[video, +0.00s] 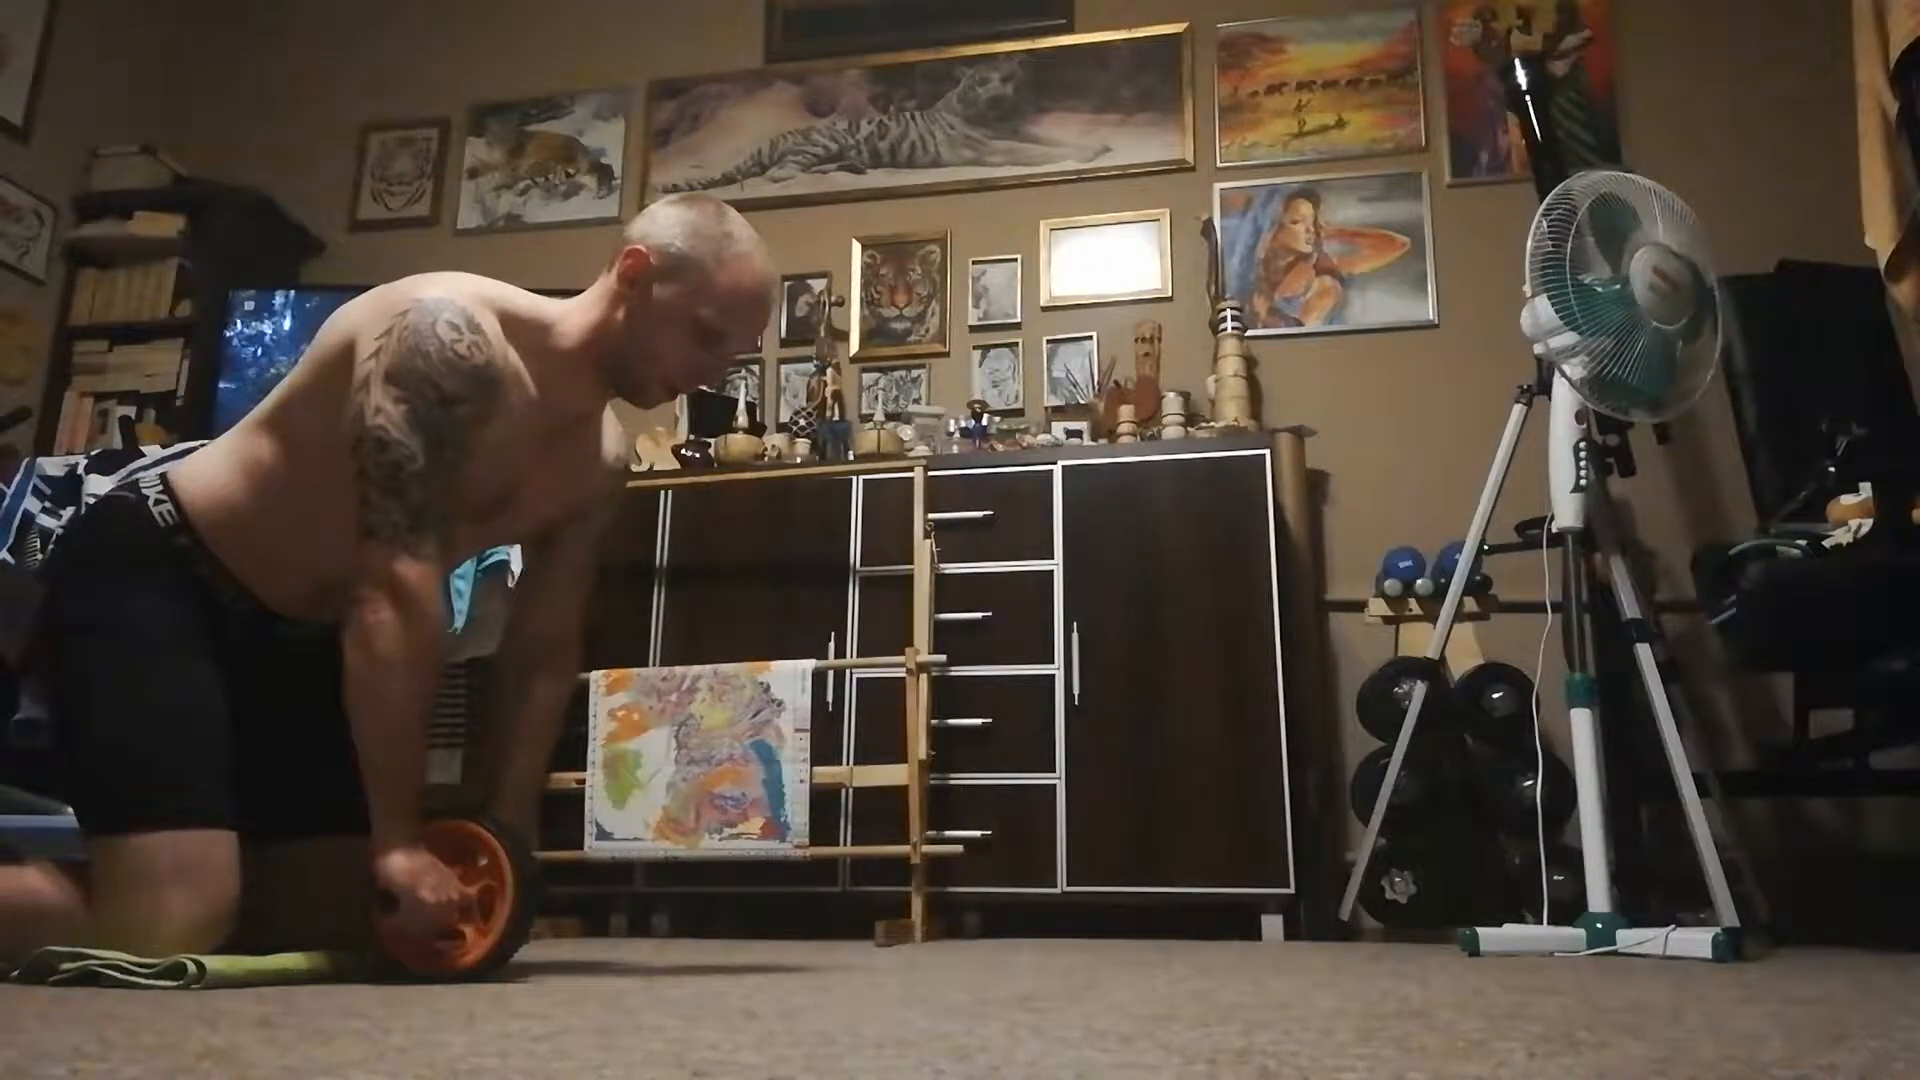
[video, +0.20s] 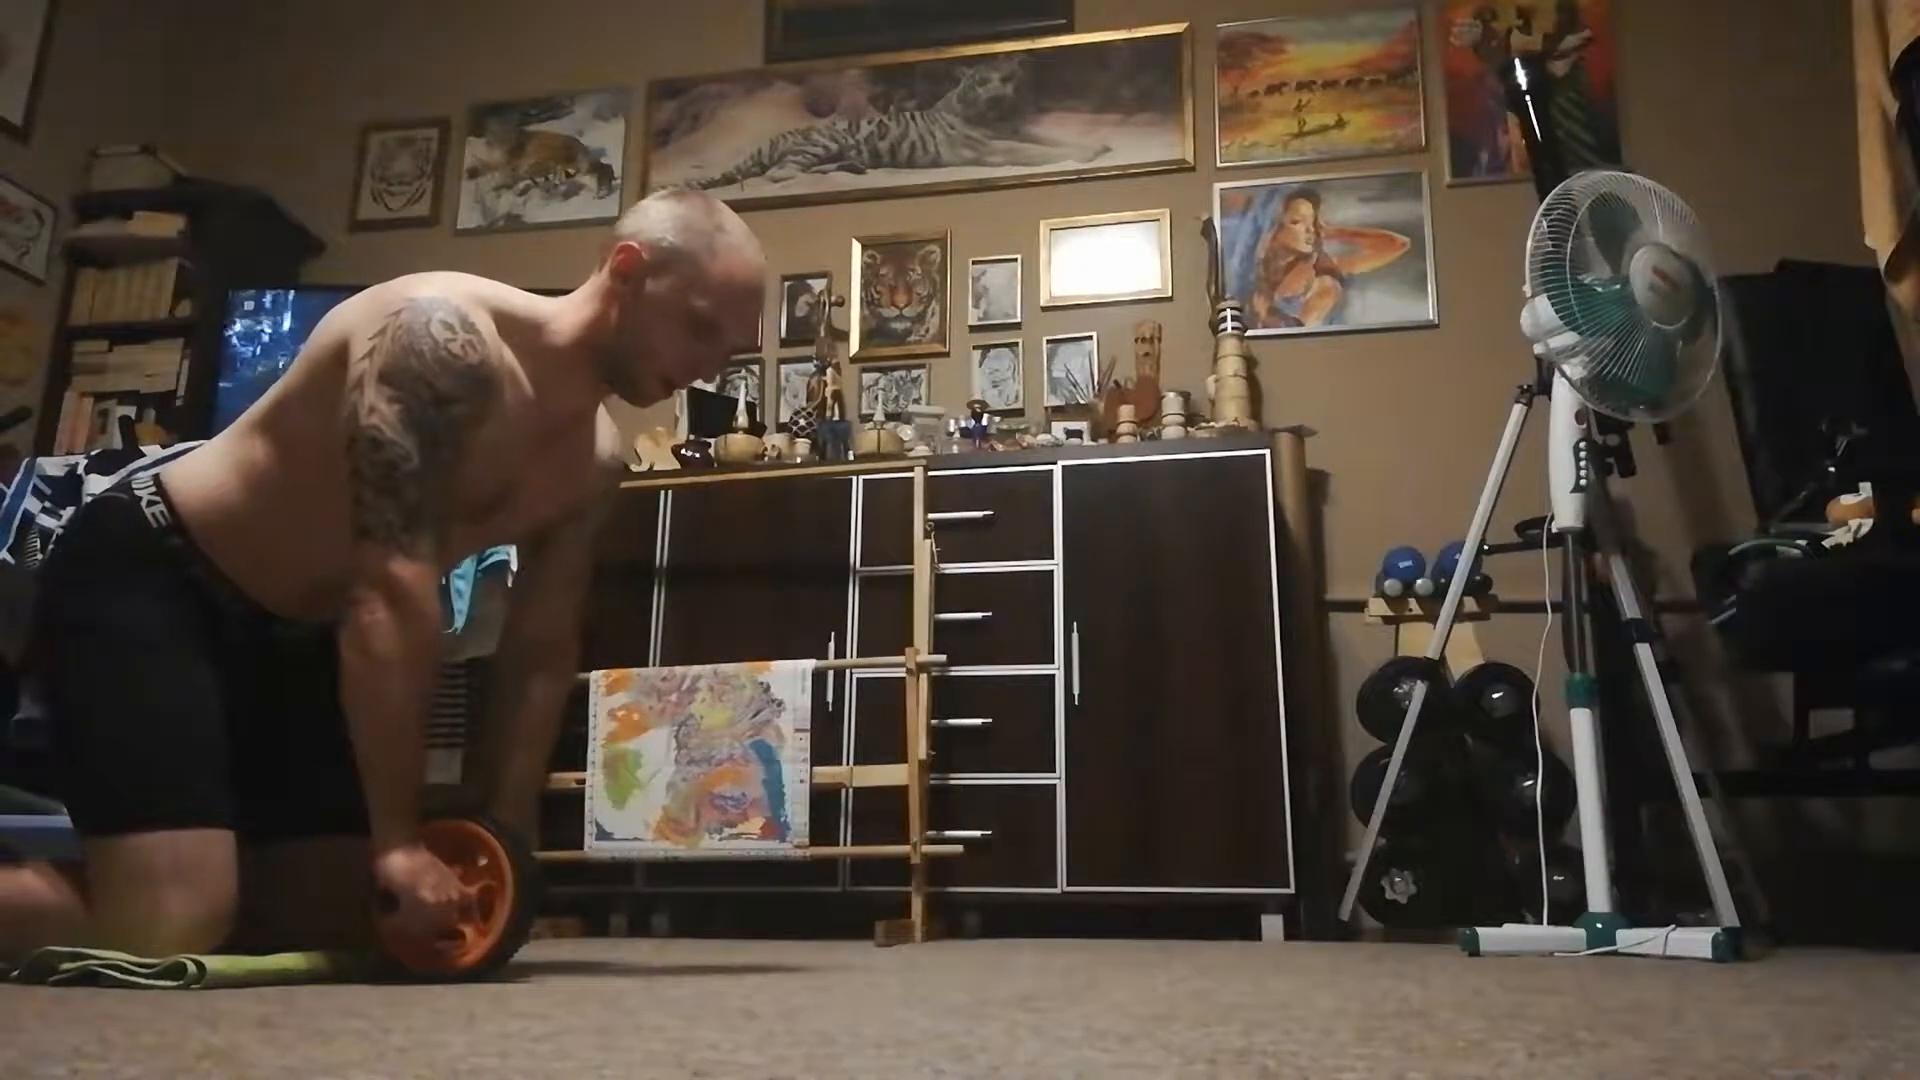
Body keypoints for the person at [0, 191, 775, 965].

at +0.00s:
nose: (718, 374)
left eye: (736, 353)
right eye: (711, 339)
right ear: (636, 279)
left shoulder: (589, 468)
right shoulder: (448, 339)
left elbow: (542, 656)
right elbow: (390, 604)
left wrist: (497, 858)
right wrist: (400, 845)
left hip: (294, 632)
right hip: (154, 569)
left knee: (354, 913)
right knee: (172, 922)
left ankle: (140, 894)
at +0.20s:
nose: (713, 368)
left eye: (733, 348)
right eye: (706, 331)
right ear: (628, 269)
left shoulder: (593, 455)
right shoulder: (440, 338)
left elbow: (538, 660)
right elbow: (385, 606)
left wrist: (495, 865)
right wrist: (400, 844)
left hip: (292, 631)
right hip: (148, 568)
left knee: (351, 914)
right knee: (171, 926)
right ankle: (11, 895)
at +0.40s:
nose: (707, 362)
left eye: (726, 344)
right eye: (699, 323)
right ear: (619, 261)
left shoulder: (593, 454)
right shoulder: (436, 335)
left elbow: (537, 663)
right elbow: (384, 604)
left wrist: (492, 862)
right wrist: (402, 846)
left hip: (291, 633)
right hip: (147, 575)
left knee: (347, 923)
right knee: (172, 934)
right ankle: (7, 836)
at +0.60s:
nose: (709, 343)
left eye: (724, 322)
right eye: (698, 305)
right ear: (615, 249)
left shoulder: (593, 452)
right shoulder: (436, 333)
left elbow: (538, 654)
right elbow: (391, 598)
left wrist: (501, 855)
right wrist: (403, 847)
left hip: (292, 639)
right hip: (146, 575)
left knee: (353, 922)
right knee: (178, 926)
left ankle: (105, 873)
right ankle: (10, 852)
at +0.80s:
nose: (713, 341)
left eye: (729, 319)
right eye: (701, 302)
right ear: (618, 247)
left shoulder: (601, 457)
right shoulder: (442, 333)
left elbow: (543, 659)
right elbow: (392, 602)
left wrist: (499, 855)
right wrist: (401, 849)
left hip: (292, 641)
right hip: (145, 572)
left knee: (356, 922)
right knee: (178, 925)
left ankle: (81, 865)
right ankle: (8, 856)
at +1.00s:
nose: (717, 340)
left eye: (733, 317)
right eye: (707, 300)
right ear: (621, 247)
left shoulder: (607, 465)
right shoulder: (449, 335)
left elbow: (548, 664)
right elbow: (390, 598)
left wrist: (498, 872)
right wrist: (400, 854)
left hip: (293, 643)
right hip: (149, 573)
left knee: (359, 923)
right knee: (177, 923)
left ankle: (82, 867)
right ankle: (8, 858)